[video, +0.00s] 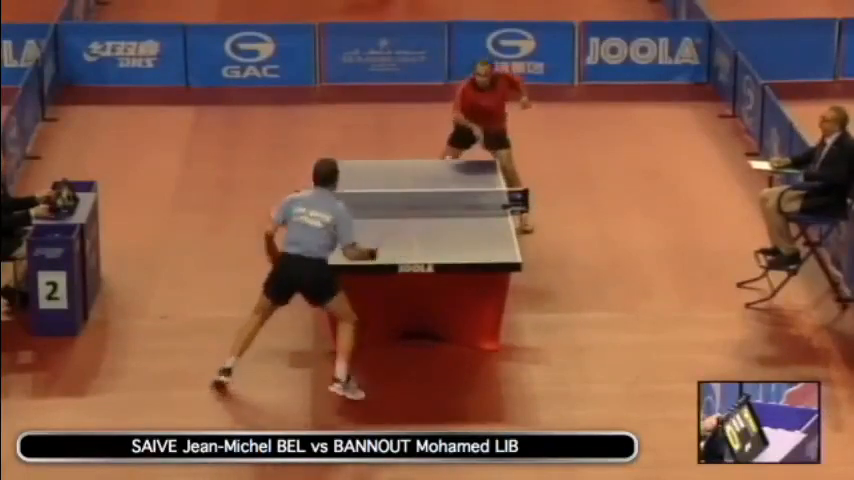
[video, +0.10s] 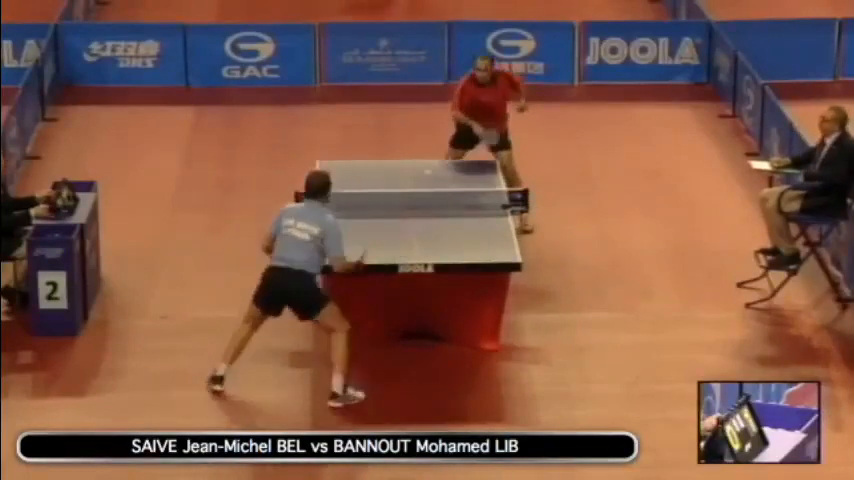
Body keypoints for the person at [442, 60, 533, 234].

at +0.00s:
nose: (481, 79)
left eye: (485, 76)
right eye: (479, 75)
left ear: (491, 74)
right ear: (474, 74)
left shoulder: (501, 81)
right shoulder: (466, 88)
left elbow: (517, 83)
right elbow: (456, 115)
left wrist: (524, 97)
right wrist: (473, 127)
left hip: (494, 128)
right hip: (469, 126)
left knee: (507, 167)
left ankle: (522, 214)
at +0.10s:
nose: (481, 74)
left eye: (485, 70)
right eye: (478, 70)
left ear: (492, 70)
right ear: (474, 69)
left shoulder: (503, 78)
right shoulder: (467, 84)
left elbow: (518, 90)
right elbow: (455, 111)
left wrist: (521, 102)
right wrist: (474, 124)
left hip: (497, 127)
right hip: (470, 126)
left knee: (507, 167)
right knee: (451, 161)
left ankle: (522, 214)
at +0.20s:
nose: (476, 71)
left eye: (479, 67)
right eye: (473, 67)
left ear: (488, 67)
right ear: (470, 67)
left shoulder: (503, 80)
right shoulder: (463, 84)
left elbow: (518, 96)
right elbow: (450, 111)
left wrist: (518, 108)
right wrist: (456, 127)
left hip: (496, 131)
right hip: (470, 130)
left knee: (507, 166)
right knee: (449, 160)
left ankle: (522, 213)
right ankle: (442, 203)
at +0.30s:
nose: (471, 71)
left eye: (475, 68)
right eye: (469, 67)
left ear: (483, 68)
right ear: (467, 68)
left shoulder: (498, 82)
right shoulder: (458, 86)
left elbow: (515, 97)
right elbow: (444, 110)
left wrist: (513, 114)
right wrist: (448, 130)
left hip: (493, 131)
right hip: (465, 130)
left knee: (507, 166)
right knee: (446, 163)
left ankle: (522, 211)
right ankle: (437, 206)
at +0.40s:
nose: (465, 78)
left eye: (469, 75)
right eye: (463, 74)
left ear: (478, 76)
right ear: (461, 74)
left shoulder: (492, 92)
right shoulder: (451, 94)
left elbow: (510, 111)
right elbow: (438, 116)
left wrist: (504, 127)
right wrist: (439, 133)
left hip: (488, 140)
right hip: (459, 140)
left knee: (508, 173)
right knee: (440, 173)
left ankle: (522, 214)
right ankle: (435, 217)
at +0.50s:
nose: (465, 80)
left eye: (470, 76)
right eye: (463, 76)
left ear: (478, 77)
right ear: (460, 76)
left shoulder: (492, 94)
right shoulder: (453, 96)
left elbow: (509, 108)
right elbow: (441, 116)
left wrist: (513, 113)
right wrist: (437, 128)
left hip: (492, 146)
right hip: (463, 146)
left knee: (513, 176)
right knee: (441, 173)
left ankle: (520, 217)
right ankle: (442, 217)